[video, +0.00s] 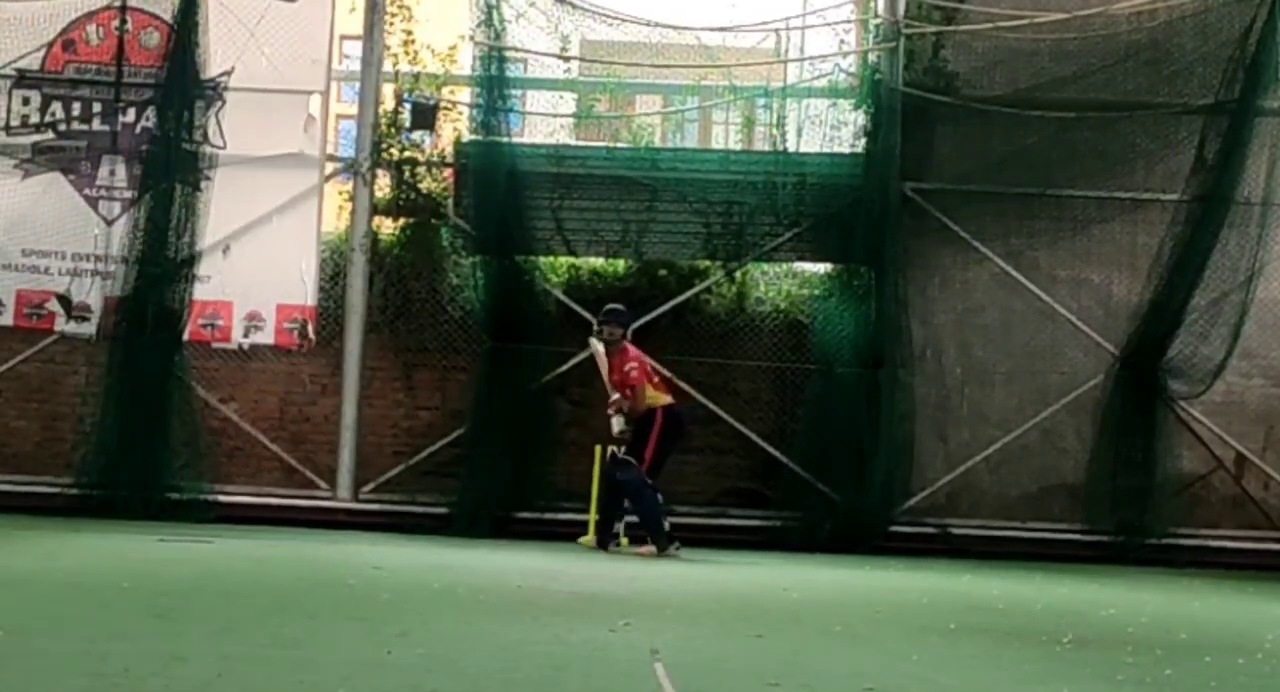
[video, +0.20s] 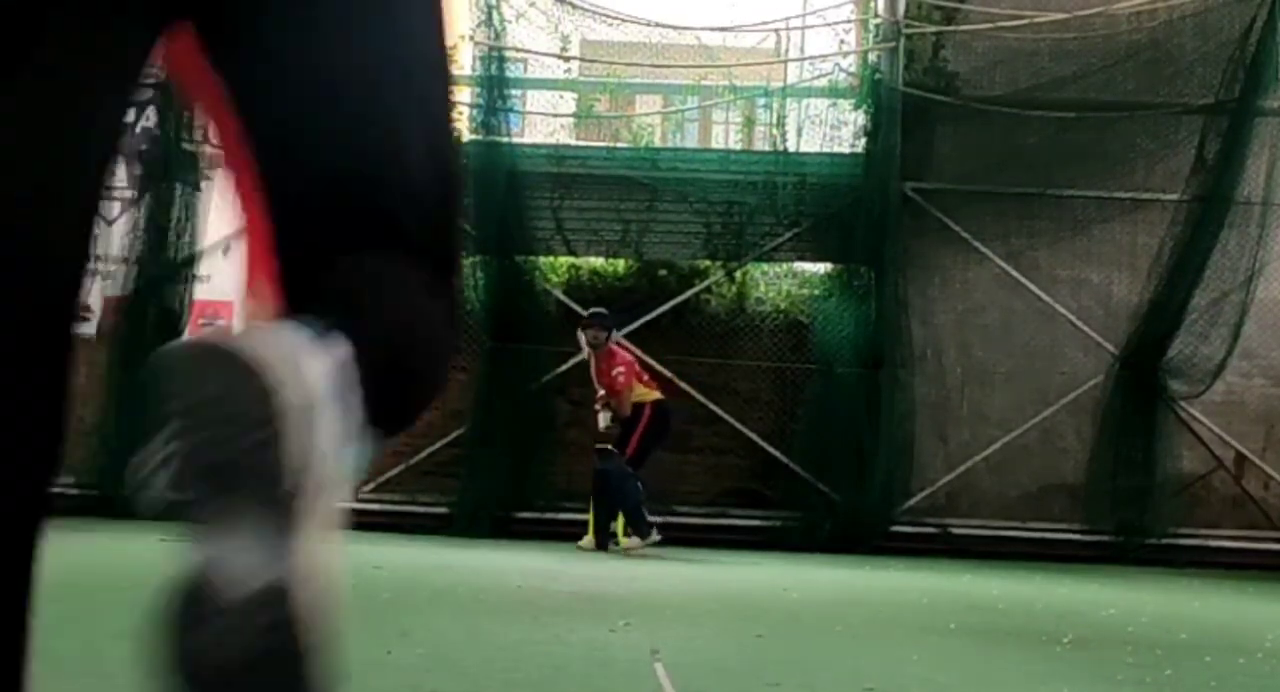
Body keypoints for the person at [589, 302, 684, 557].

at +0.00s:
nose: (609, 333)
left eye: (615, 328)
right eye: (605, 327)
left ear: (625, 331)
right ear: (599, 330)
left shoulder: (630, 360)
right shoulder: (611, 356)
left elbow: (639, 404)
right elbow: (614, 387)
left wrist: (622, 404)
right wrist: (616, 412)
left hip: (661, 411)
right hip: (642, 412)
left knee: (636, 473)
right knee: (616, 469)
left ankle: (661, 540)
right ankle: (603, 535)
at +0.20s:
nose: (594, 335)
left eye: (600, 330)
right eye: (589, 330)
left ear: (609, 333)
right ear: (584, 333)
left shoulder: (620, 360)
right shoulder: (596, 356)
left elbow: (625, 409)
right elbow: (604, 384)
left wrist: (609, 398)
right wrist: (605, 398)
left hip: (651, 405)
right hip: (630, 405)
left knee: (622, 465)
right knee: (609, 463)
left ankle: (642, 530)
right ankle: (598, 533)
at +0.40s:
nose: (584, 345)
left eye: (589, 340)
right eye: (580, 340)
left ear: (599, 342)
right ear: (574, 342)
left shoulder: (609, 367)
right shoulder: (584, 357)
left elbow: (611, 409)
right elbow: (563, 332)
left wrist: (596, 403)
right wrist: (545, 306)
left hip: (643, 405)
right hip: (623, 404)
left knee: (616, 462)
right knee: (606, 461)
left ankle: (601, 526)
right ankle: (607, 530)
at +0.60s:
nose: (571, 364)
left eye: (575, 358)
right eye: (566, 359)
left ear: (586, 351)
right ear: (561, 354)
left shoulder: (602, 364)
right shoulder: (571, 367)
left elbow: (592, 402)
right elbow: (570, 393)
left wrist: (573, 408)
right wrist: (563, 414)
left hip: (636, 413)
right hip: (608, 416)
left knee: (620, 468)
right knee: (601, 470)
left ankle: (600, 529)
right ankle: (610, 532)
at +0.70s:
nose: (557, 365)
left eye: (560, 358)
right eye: (555, 359)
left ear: (573, 351)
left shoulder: (597, 351)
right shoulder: (571, 381)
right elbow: (585, 415)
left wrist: (577, 388)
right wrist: (574, 427)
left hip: (630, 414)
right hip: (603, 422)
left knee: (616, 471)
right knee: (600, 474)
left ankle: (593, 532)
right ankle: (606, 532)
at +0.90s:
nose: (545, 370)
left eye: (548, 364)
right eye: (544, 365)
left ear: (561, 358)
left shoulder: (590, 366)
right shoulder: (564, 384)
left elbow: (590, 334)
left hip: (627, 425)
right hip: (603, 432)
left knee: (607, 478)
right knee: (597, 480)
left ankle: (592, 537)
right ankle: (600, 535)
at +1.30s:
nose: (572, 355)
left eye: (574, 349)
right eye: (565, 352)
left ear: (580, 346)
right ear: (559, 356)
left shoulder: (593, 360)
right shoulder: (559, 381)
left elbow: (603, 314)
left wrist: (578, 326)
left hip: (614, 428)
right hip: (588, 436)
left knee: (597, 476)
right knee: (586, 481)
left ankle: (588, 536)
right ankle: (598, 530)